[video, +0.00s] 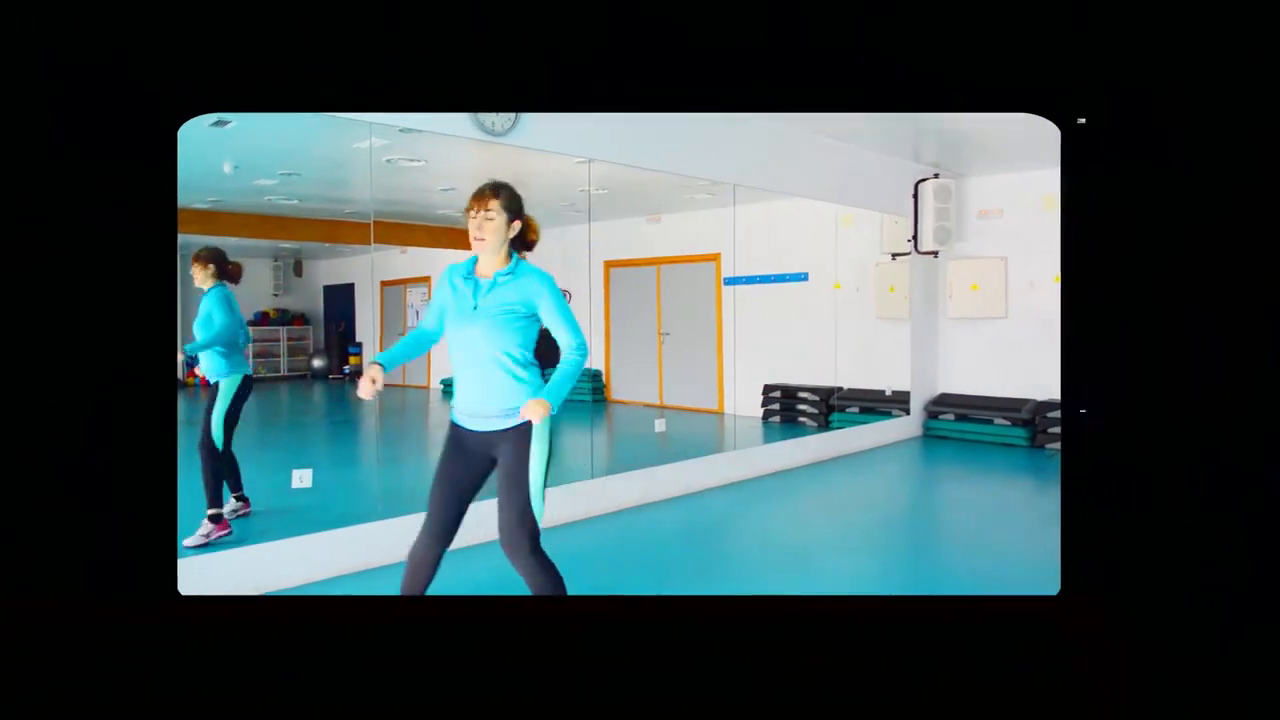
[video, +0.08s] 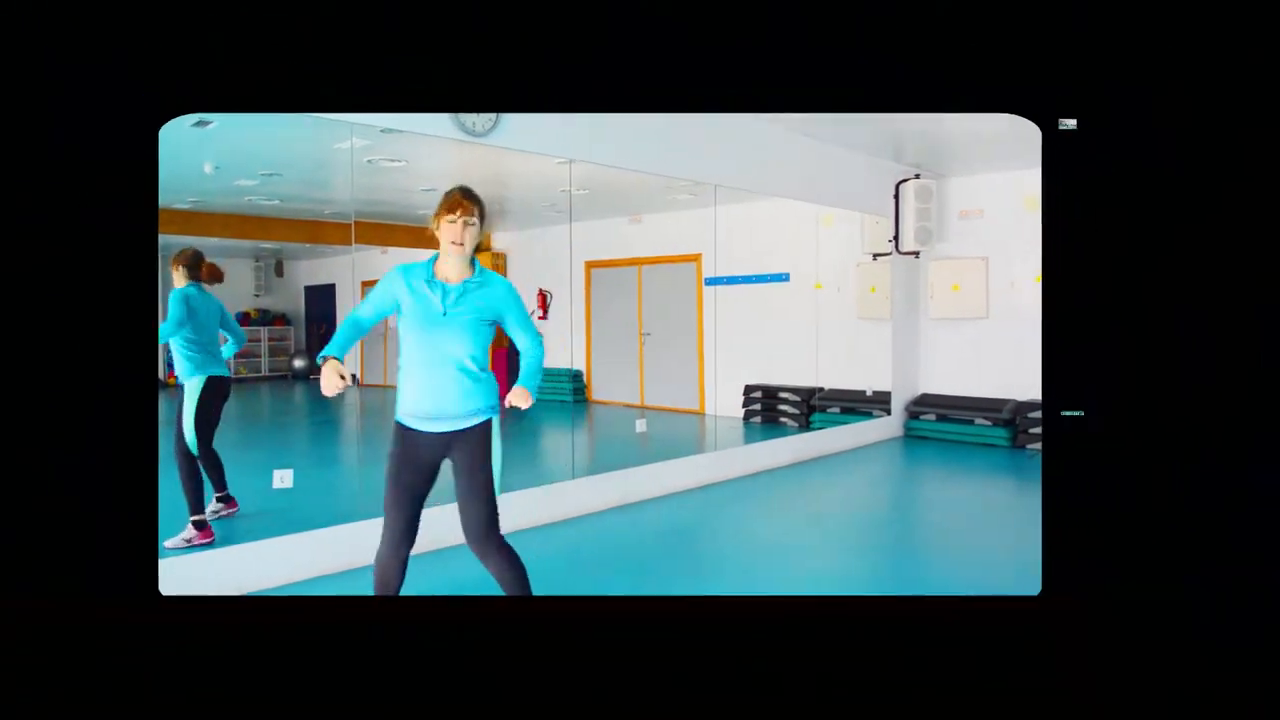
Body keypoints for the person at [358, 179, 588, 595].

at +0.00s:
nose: (476, 224)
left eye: (488, 216)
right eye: (472, 215)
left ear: (514, 227)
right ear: (467, 222)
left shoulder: (535, 284)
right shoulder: (453, 279)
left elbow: (575, 349)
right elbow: (426, 332)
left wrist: (548, 398)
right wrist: (381, 364)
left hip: (520, 429)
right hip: (465, 429)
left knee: (518, 542)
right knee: (433, 534)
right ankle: (407, 598)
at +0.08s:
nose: (460, 228)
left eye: (469, 221)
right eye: (452, 220)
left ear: (480, 233)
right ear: (436, 228)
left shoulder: (497, 290)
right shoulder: (402, 280)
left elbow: (531, 344)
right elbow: (360, 319)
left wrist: (526, 384)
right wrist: (331, 357)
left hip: (473, 428)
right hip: (414, 428)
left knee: (482, 537)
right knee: (395, 539)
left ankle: (524, 595)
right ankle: (382, 598)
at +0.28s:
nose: (389, 219)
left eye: (389, 210)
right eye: (379, 210)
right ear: (347, 215)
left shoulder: (386, 267)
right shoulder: (308, 260)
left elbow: (371, 313)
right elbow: (235, 286)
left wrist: (382, 344)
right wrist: (274, 336)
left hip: (367, 409)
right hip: (310, 409)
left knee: (371, 520)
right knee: (301, 518)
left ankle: (351, 591)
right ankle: (280, 595)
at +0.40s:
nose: (326, 236)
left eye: (325, 228)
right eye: (317, 229)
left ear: (298, 234)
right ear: (286, 233)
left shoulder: (308, 279)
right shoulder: (250, 280)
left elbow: (292, 333)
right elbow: (182, 319)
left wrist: (306, 366)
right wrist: (236, 364)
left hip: (294, 420)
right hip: (246, 419)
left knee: (296, 527)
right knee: (246, 532)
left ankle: (251, 591)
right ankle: (207, 597)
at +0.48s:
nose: (278, 257)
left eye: (279, 248)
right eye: (268, 248)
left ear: (249, 254)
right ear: (240, 254)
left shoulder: (252, 303)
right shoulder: (214, 303)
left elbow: (225, 366)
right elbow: (160, 364)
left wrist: (267, 388)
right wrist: (225, 400)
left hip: (235, 435)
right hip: (199, 433)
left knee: (248, 538)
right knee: (224, 540)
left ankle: (192, 597)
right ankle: (178, 600)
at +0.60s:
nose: (206, 260)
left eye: (207, 251)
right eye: (196, 251)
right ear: (169, 254)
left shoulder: (180, 300)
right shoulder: (153, 303)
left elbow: (186, 352)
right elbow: (165, 383)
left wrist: (221, 342)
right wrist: (228, 364)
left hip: (166, 425)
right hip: (134, 427)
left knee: (173, 526)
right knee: (151, 530)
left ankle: (131, 599)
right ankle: (110, 601)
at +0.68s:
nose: (161, 239)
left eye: (163, 229)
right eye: (152, 230)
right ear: (124, 231)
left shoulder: (137, 273)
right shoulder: (112, 279)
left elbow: (148, 302)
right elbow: (155, 347)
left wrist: (183, 289)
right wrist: (208, 313)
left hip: (129, 403)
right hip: (95, 403)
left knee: (117, 503)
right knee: (90, 505)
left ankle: (96, 595)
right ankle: (64, 601)